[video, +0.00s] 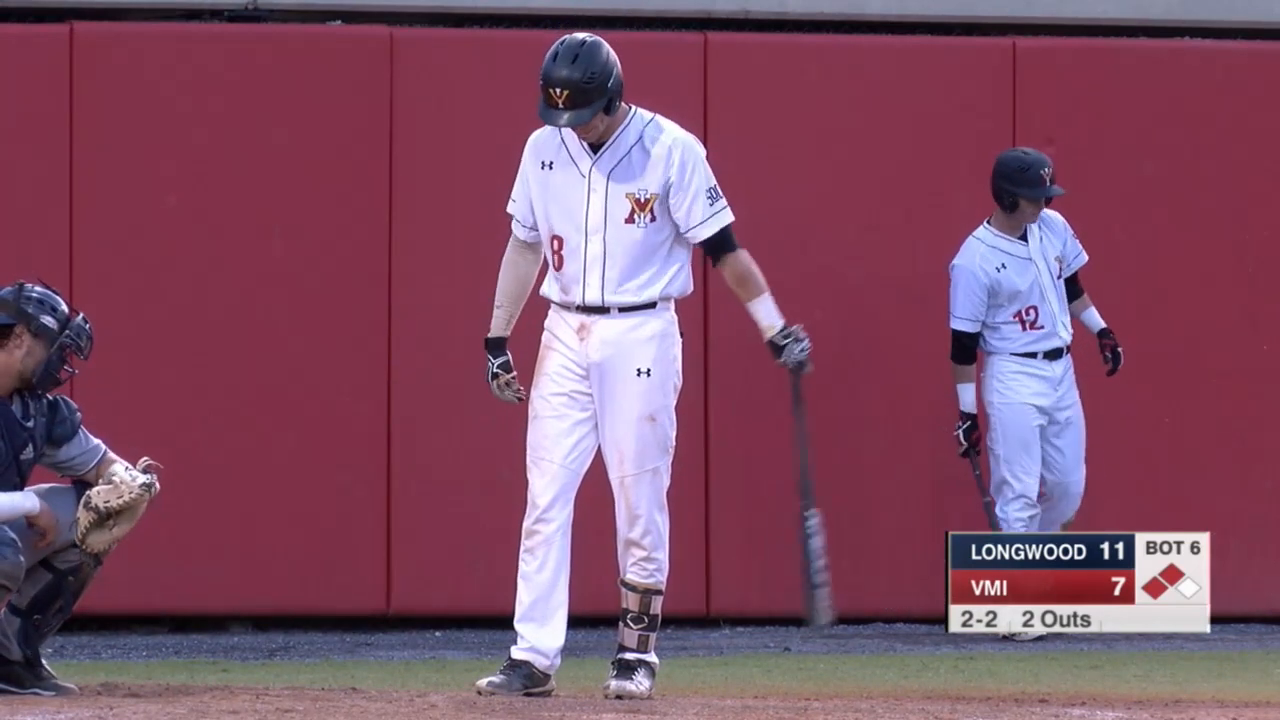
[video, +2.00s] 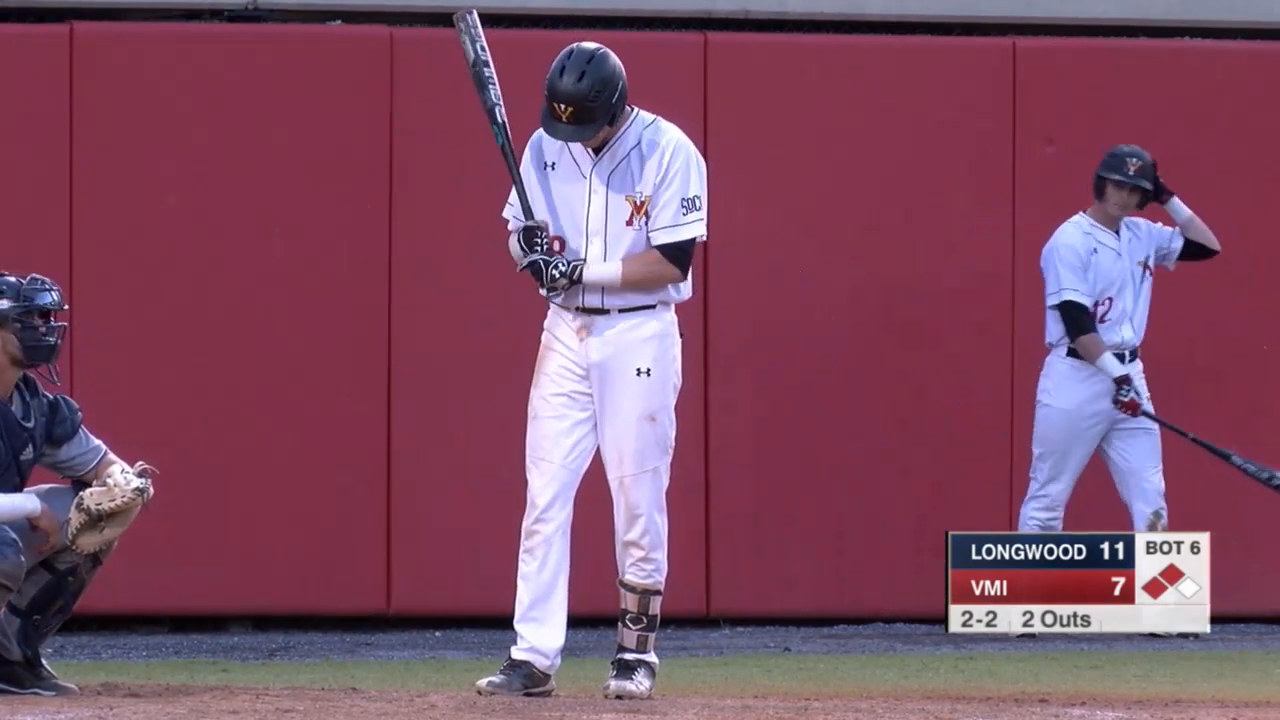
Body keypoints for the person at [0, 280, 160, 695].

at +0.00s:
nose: (62, 360)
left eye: (65, 350)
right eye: (56, 347)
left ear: (23, 340)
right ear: (19, 339)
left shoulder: (41, 411)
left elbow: (98, 461)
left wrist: (131, 481)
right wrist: (27, 503)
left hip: (9, 522)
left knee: (94, 511)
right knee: (7, 550)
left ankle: (15, 652)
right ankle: (6, 658)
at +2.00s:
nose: (40, 328)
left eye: (42, 319)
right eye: (25, 319)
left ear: (47, 325)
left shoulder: (37, 404)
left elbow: (98, 462)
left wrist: (127, 483)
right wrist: (29, 505)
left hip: (9, 522)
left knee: (96, 513)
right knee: (10, 547)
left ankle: (14, 652)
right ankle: (7, 653)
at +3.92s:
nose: (38, 329)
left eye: (41, 320)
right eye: (23, 320)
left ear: (47, 327)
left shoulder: (35, 405)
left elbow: (98, 463)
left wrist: (127, 485)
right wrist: (25, 506)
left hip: (10, 521)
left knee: (94, 513)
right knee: (7, 548)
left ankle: (14, 652)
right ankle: (7, 654)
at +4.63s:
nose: (39, 333)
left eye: (44, 324)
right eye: (26, 321)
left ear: (51, 329)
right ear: (0, 324)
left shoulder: (35, 406)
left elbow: (99, 464)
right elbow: (5, 489)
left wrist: (145, 491)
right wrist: (78, 487)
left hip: (6, 528)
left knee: (94, 520)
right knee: (7, 556)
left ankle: (13, 651)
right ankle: (7, 651)